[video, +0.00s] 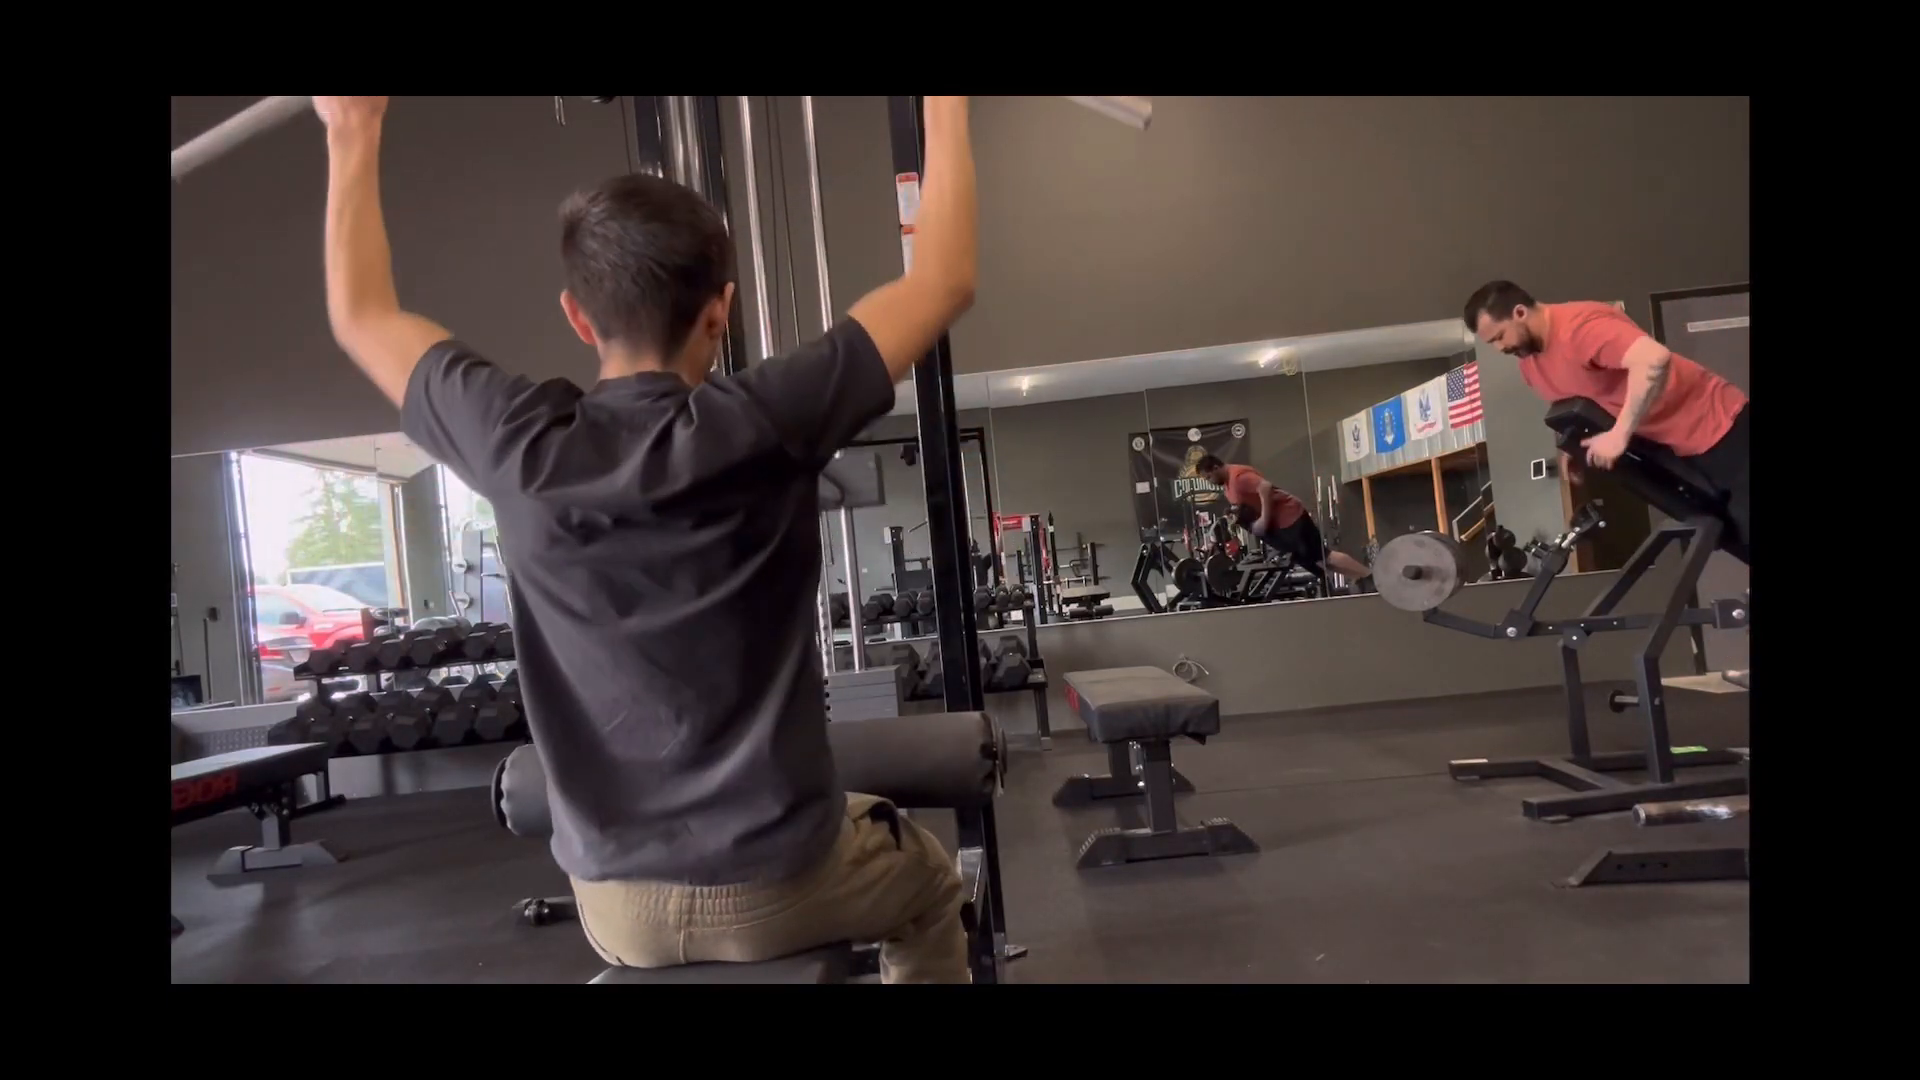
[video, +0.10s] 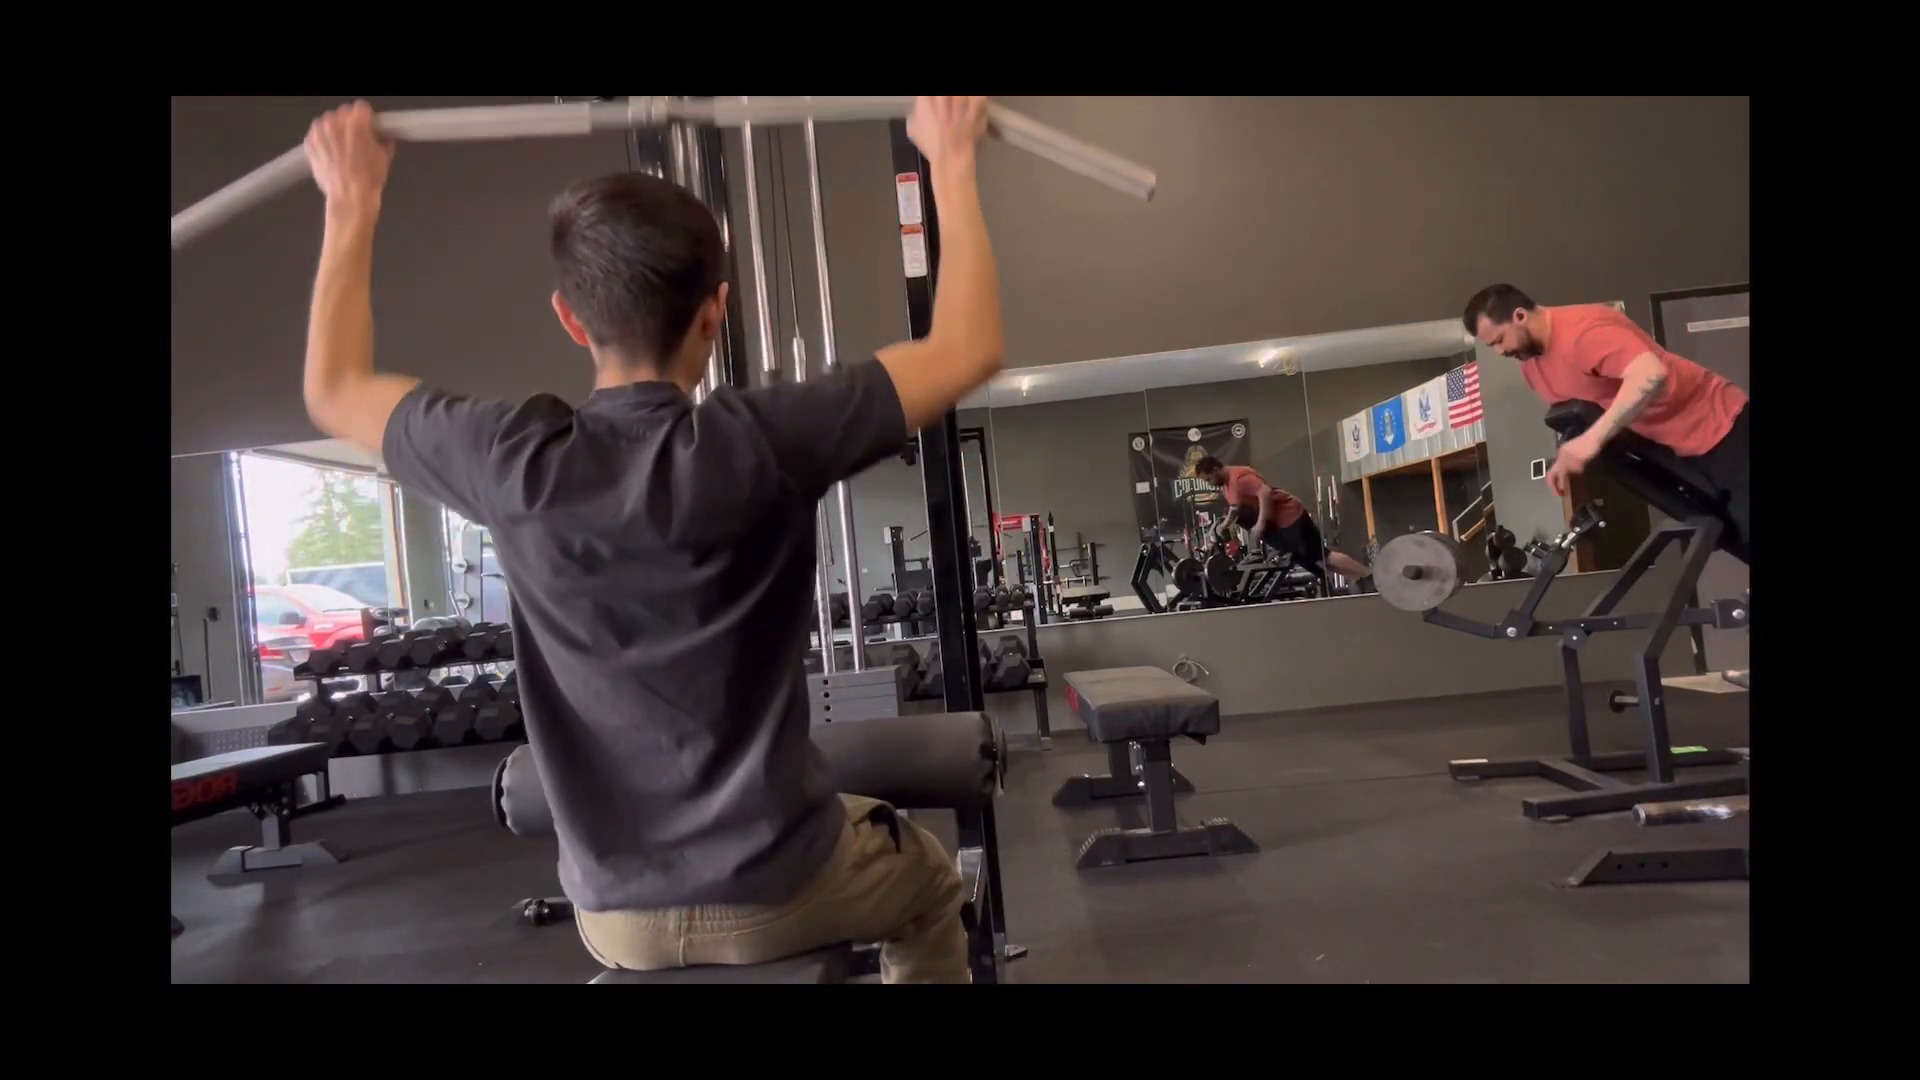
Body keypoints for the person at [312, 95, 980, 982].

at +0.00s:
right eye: (729, 294)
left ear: (577, 317)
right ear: (718, 313)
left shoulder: (520, 441)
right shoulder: (769, 420)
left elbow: (359, 313)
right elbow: (942, 282)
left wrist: (350, 131)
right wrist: (947, 105)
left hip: (615, 904)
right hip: (780, 890)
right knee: (927, 882)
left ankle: (632, 972)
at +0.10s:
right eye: (722, 290)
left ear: (570, 320)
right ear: (716, 311)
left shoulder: (513, 459)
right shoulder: (766, 438)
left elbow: (332, 386)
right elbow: (968, 349)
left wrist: (348, 204)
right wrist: (955, 165)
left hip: (613, 915)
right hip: (776, 899)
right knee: (924, 881)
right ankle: (927, 979)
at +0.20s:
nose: (717, 307)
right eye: (716, 290)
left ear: (560, 322)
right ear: (710, 310)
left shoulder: (511, 473)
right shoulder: (763, 448)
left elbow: (328, 474)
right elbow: (983, 431)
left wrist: (351, 293)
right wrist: (959, 245)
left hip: (618, 916)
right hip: (784, 898)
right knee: (932, 886)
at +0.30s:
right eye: (712, 294)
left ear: (553, 330)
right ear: (703, 315)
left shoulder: (512, 489)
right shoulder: (766, 461)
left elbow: (334, 564)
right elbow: (984, 516)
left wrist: (361, 380)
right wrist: (965, 335)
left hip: (617, 915)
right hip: (785, 900)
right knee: (932, 885)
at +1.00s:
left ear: (511, 351)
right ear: (680, 327)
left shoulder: (491, 490)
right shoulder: (761, 458)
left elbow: (341, 418)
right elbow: (960, 380)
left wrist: (351, 240)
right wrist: (960, 193)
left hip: (612, 924)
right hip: (780, 902)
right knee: (923, 864)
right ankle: (925, 977)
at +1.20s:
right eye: (691, 282)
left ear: (525, 342)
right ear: (687, 323)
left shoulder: (510, 450)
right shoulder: (762, 413)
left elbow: (370, 291)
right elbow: (908, 247)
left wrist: (335, 121)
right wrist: (936, 93)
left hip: (608, 916)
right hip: (778, 904)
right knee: (922, 857)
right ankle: (931, 978)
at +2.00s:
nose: (673, 310)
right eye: (669, 297)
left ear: (506, 347)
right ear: (658, 328)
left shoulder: (472, 472)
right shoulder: (742, 448)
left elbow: (298, 358)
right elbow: (945, 333)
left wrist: (305, 159)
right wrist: (941, 134)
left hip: (612, 914)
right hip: (778, 902)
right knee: (918, 864)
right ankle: (926, 981)